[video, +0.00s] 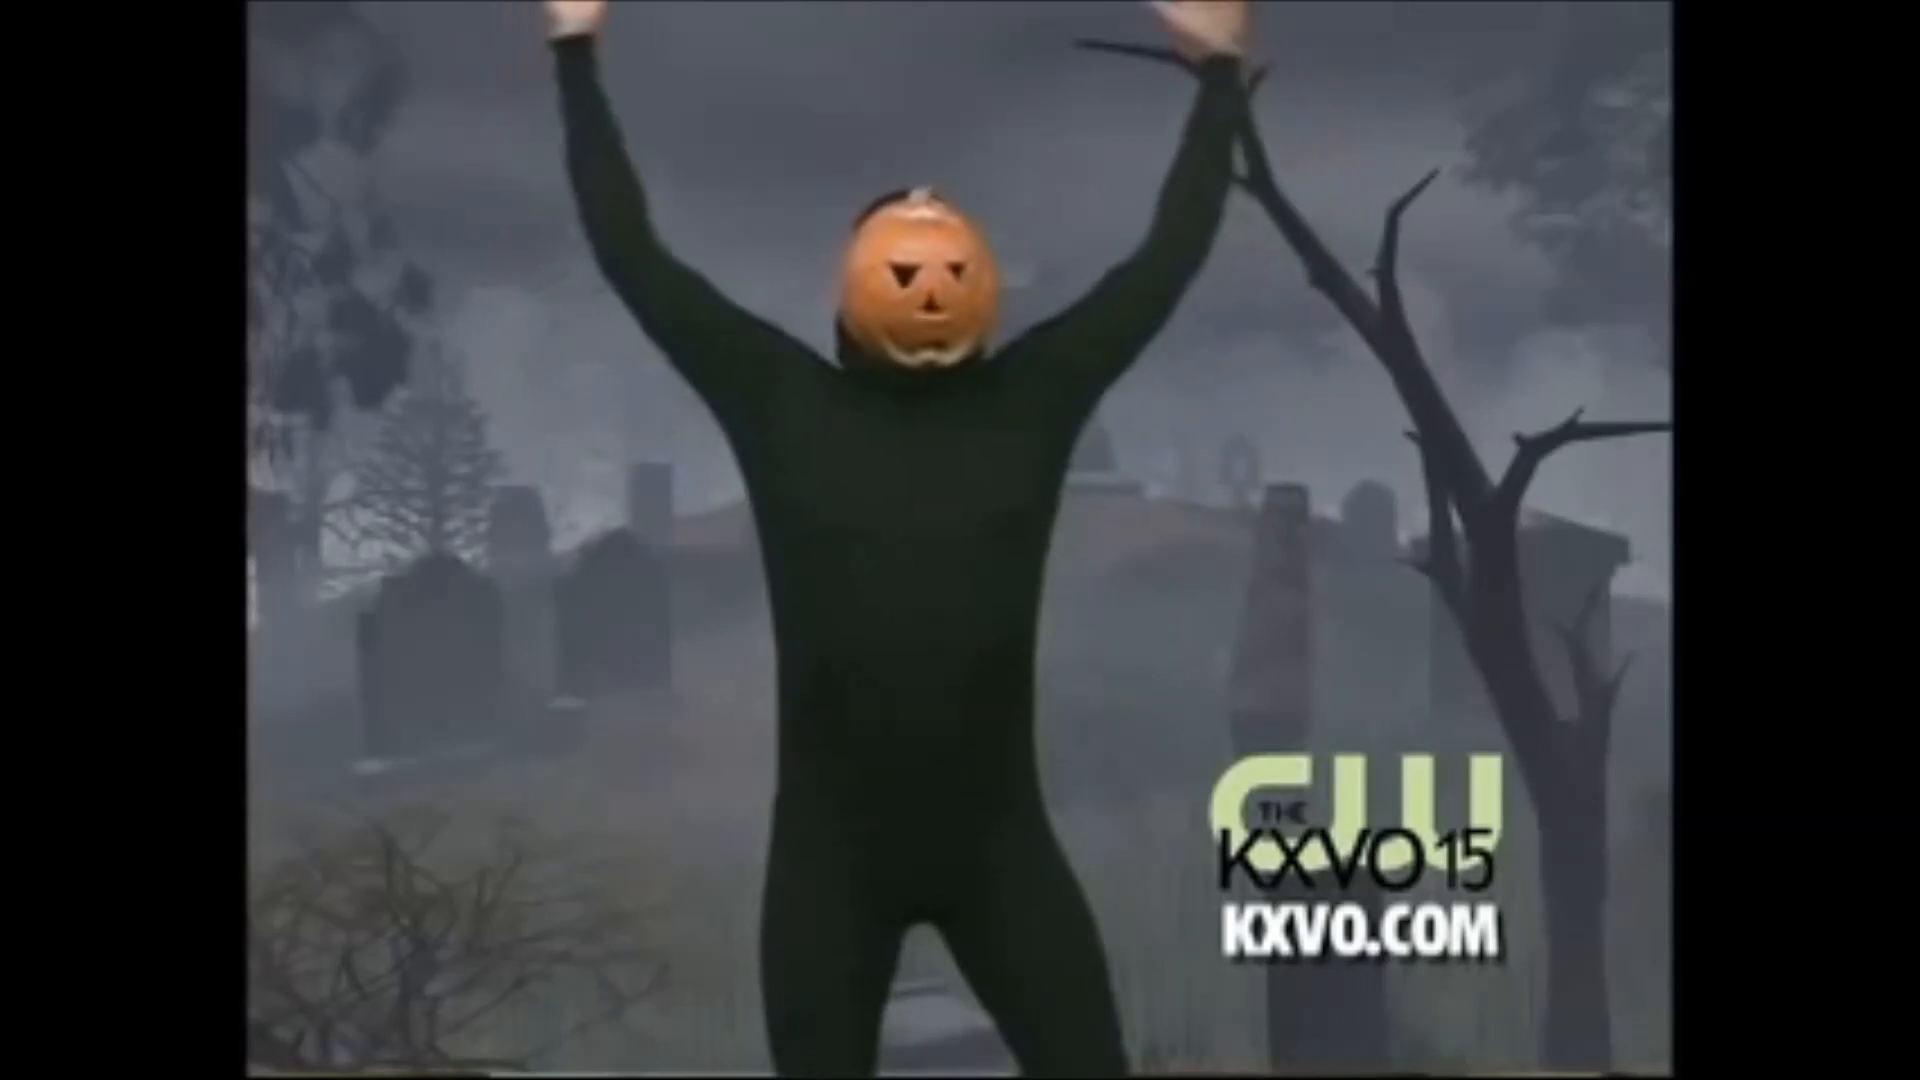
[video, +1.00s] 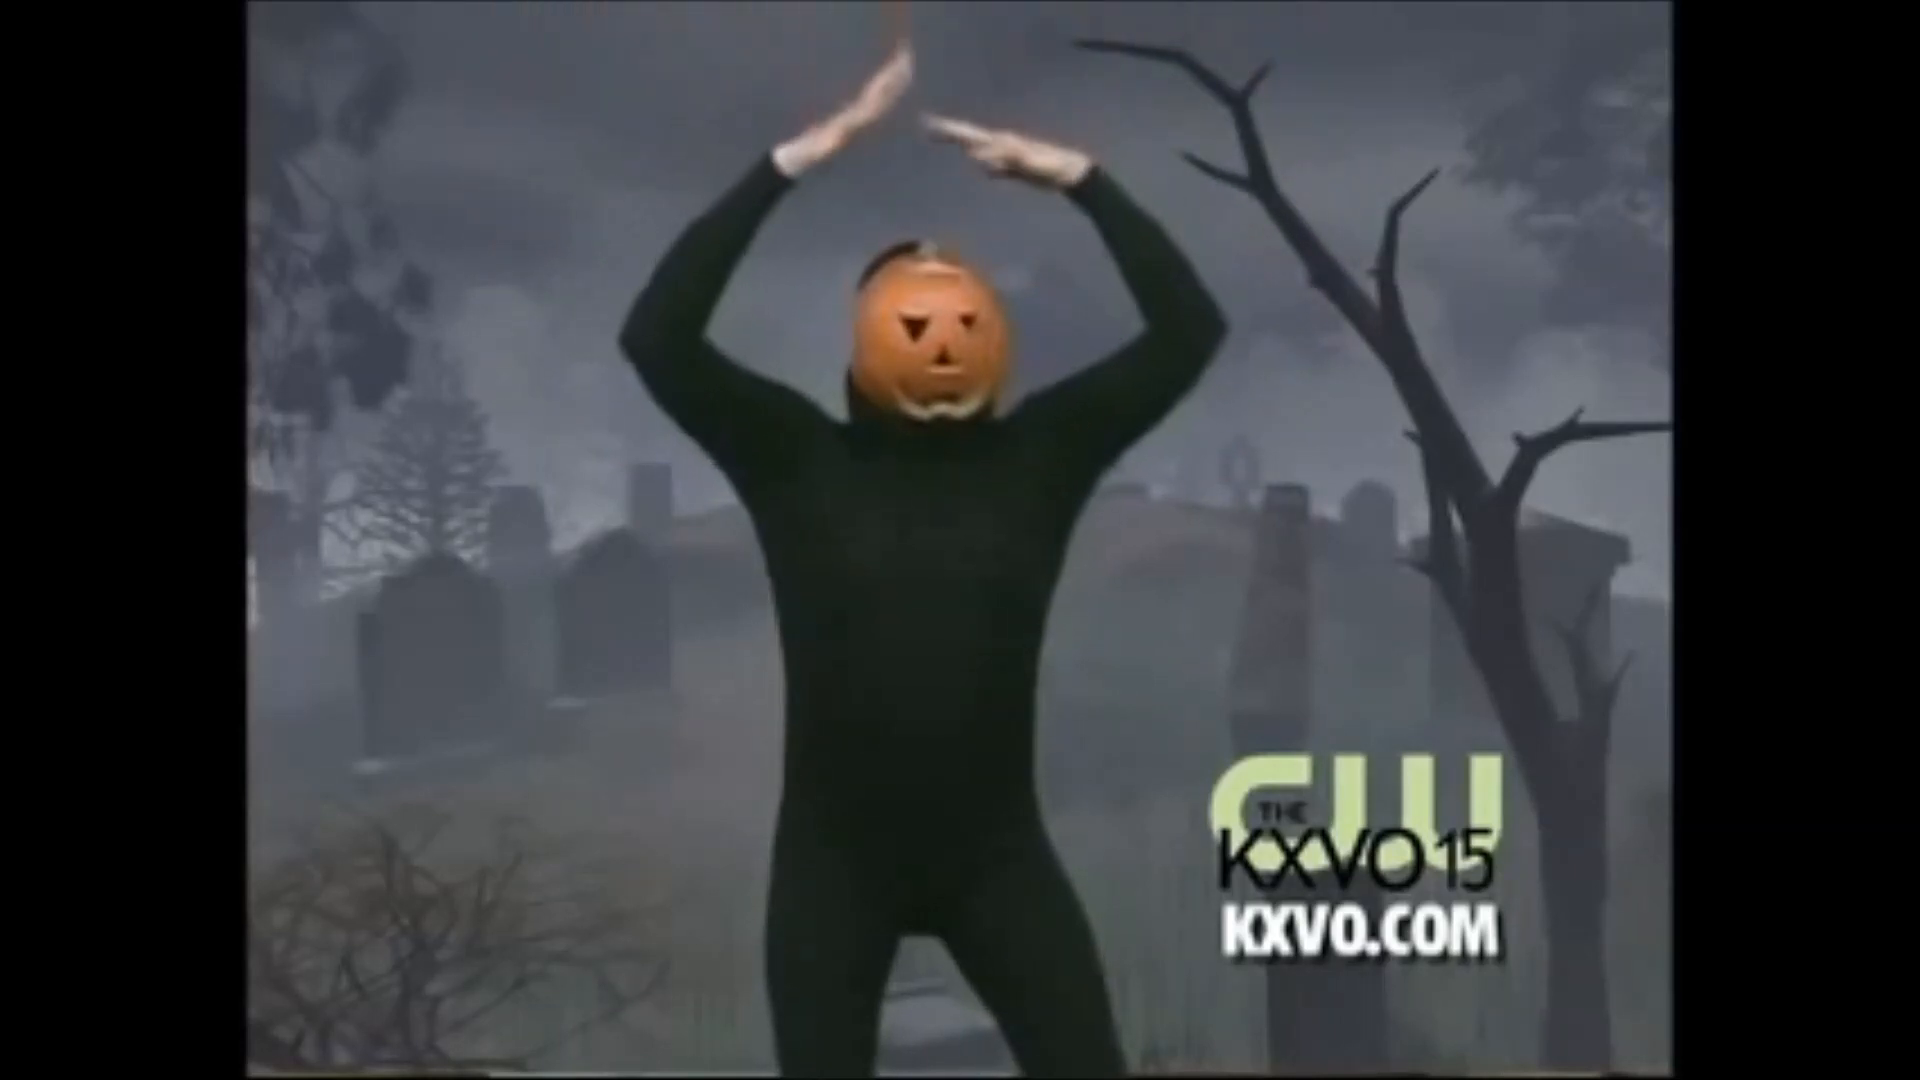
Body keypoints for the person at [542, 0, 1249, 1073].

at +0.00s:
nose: (928, 284)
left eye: (953, 270)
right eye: (897, 267)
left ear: (991, 303)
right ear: (843, 302)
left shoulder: (1035, 399)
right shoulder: (777, 400)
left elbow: (1168, 258)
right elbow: (630, 253)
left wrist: (1223, 70)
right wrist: (574, 50)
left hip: (998, 837)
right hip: (830, 843)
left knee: (1088, 1064)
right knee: (818, 1067)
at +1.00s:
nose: (941, 337)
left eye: (967, 319)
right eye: (908, 318)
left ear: (1005, 355)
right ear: (857, 357)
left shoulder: (1044, 455)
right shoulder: (792, 456)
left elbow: (1189, 329)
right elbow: (657, 336)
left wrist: (1085, 179)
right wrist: (790, 161)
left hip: (997, 853)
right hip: (833, 857)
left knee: (1087, 1065)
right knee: (821, 1067)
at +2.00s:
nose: (937, 352)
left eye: (964, 331)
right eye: (903, 330)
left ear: (998, 364)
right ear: (853, 365)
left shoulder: (1053, 487)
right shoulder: (775, 494)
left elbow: (1239, 493)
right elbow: (580, 530)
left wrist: (1306, 341)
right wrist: (523, 360)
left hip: (992, 866)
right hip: (829, 873)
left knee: (1076, 1066)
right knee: (824, 1070)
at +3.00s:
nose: (889, 333)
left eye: (913, 309)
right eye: (854, 314)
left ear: (946, 328)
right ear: (801, 339)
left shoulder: (978, 474)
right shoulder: (773, 507)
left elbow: (989, 663)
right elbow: (797, 717)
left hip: (975, 827)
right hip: (826, 838)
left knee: (1013, 1050)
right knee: (831, 1050)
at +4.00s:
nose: (976, 232)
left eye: (1006, 212)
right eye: (948, 207)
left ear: (1044, 231)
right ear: (902, 217)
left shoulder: (1056, 384)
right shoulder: (866, 364)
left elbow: (1055, 607)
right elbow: (786, 532)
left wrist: (851, 546)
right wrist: (712, 701)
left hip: (1016, 788)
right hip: (871, 779)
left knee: (1014, 1057)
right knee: (872, 1057)